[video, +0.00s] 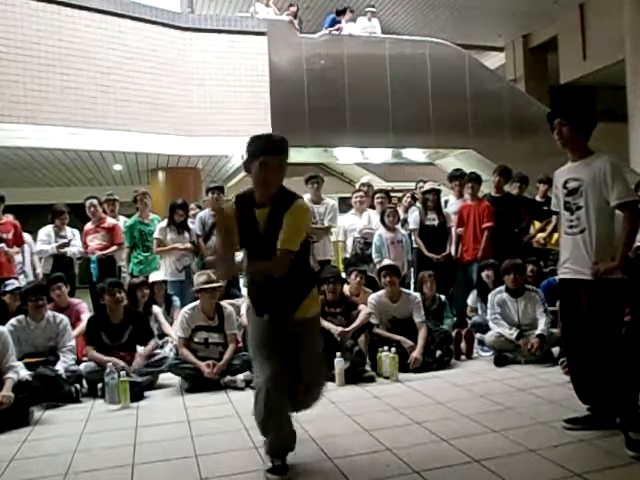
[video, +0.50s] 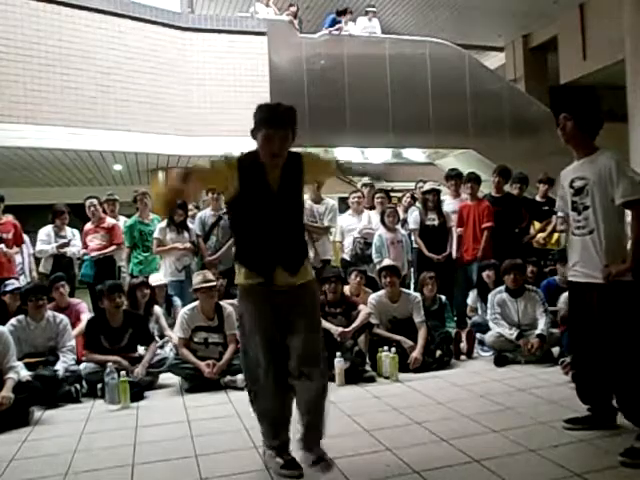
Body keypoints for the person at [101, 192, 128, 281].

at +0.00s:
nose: (111, 207)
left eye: (113, 204)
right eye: (108, 204)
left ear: (118, 205)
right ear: (104, 206)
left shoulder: (126, 222)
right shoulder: (101, 223)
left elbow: (130, 240)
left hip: (122, 260)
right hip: (106, 260)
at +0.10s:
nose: (111, 207)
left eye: (113, 204)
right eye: (108, 204)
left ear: (118, 205)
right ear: (104, 206)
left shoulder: (126, 222)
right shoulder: (102, 223)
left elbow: (130, 240)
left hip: (122, 260)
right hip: (106, 260)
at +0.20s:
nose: (111, 207)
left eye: (113, 204)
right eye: (108, 204)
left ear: (118, 205)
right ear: (104, 206)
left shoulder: (126, 222)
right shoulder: (101, 223)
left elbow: (130, 240)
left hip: (122, 260)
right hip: (106, 259)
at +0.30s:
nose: (111, 207)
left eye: (114, 204)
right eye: (108, 204)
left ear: (118, 205)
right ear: (104, 206)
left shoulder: (126, 222)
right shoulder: (101, 222)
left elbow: (130, 241)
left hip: (122, 260)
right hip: (106, 259)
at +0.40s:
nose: (111, 207)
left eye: (114, 204)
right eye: (108, 204)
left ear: (118, 205)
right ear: (104, 206)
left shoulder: (126, 222)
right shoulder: (101, 222)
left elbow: (130, 241)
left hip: (122, 261)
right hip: (106, 260)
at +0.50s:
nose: (111, 207)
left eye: (114, 204)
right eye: (108, 204)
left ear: (118, 205)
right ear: (104, 206)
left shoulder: (126, 222)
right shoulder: (101, 222)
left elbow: (130, 241)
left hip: (122, 261)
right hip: (106, 260)